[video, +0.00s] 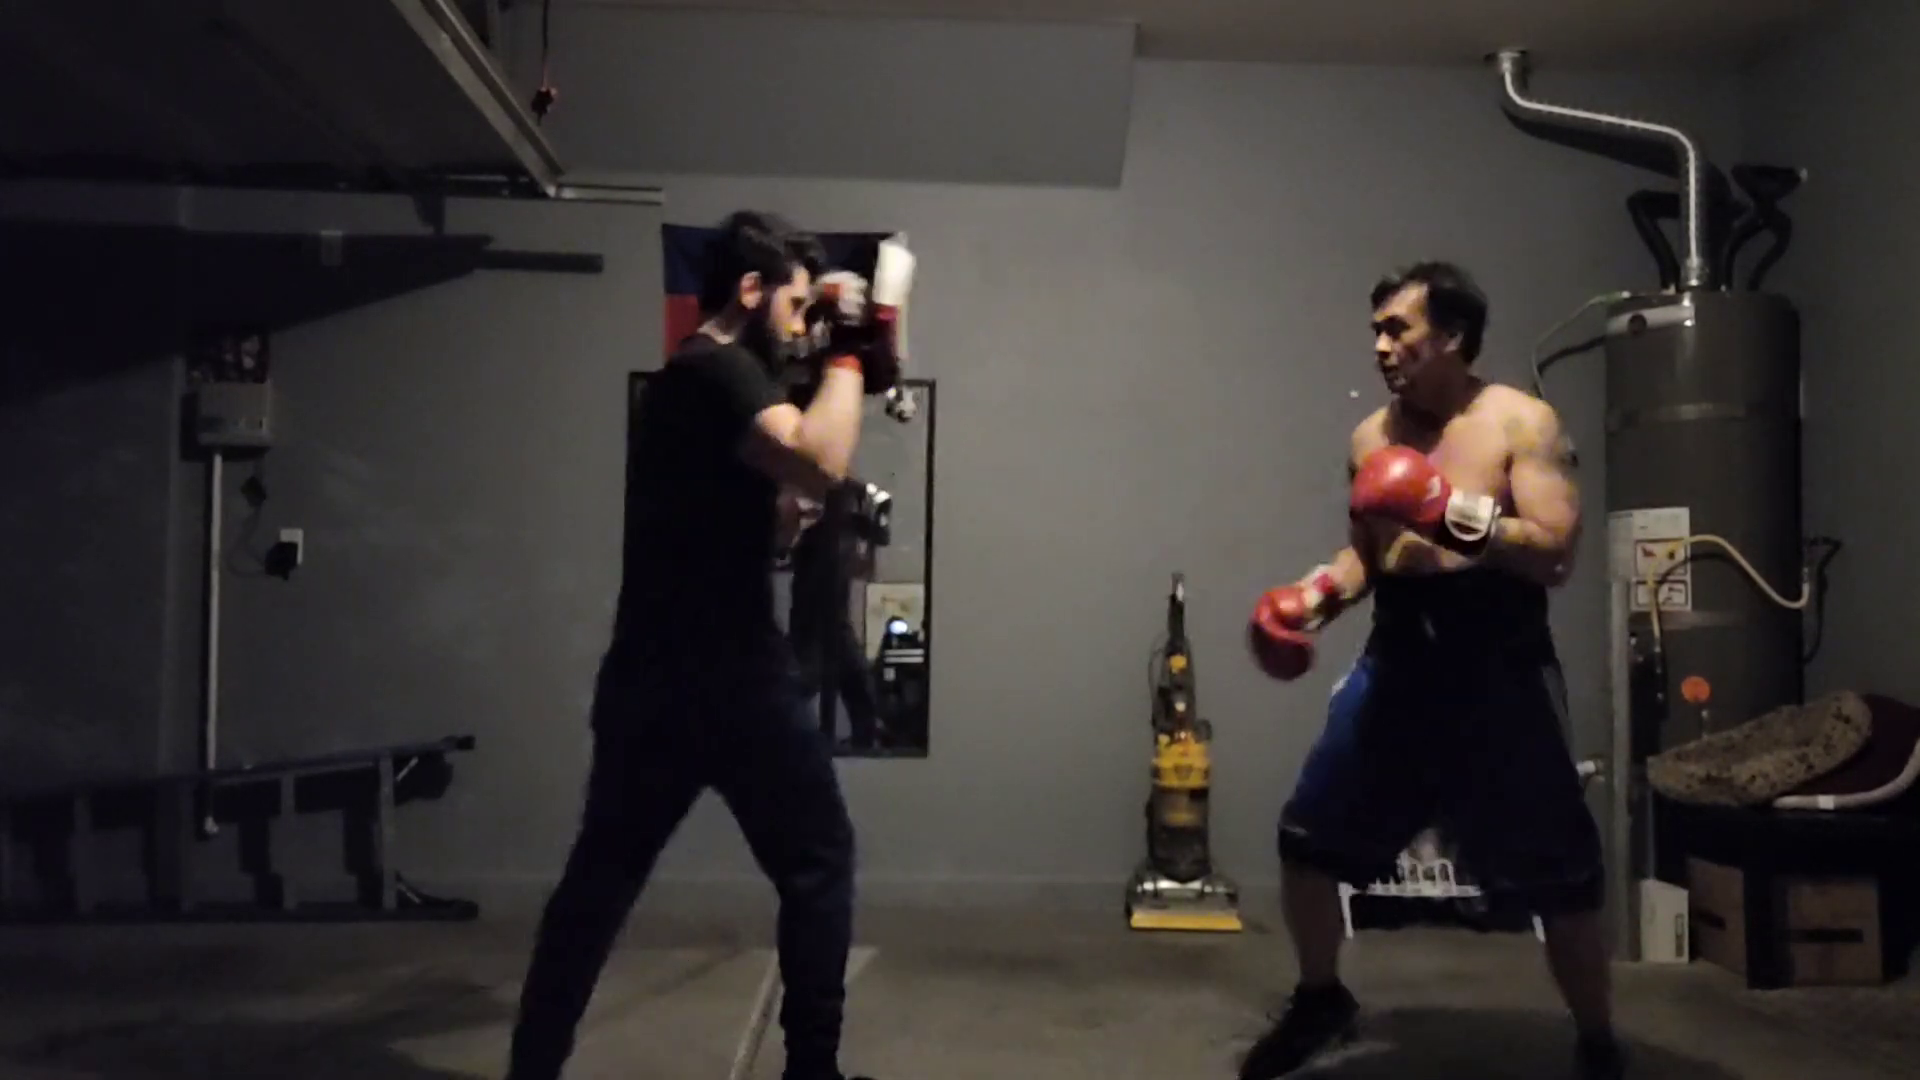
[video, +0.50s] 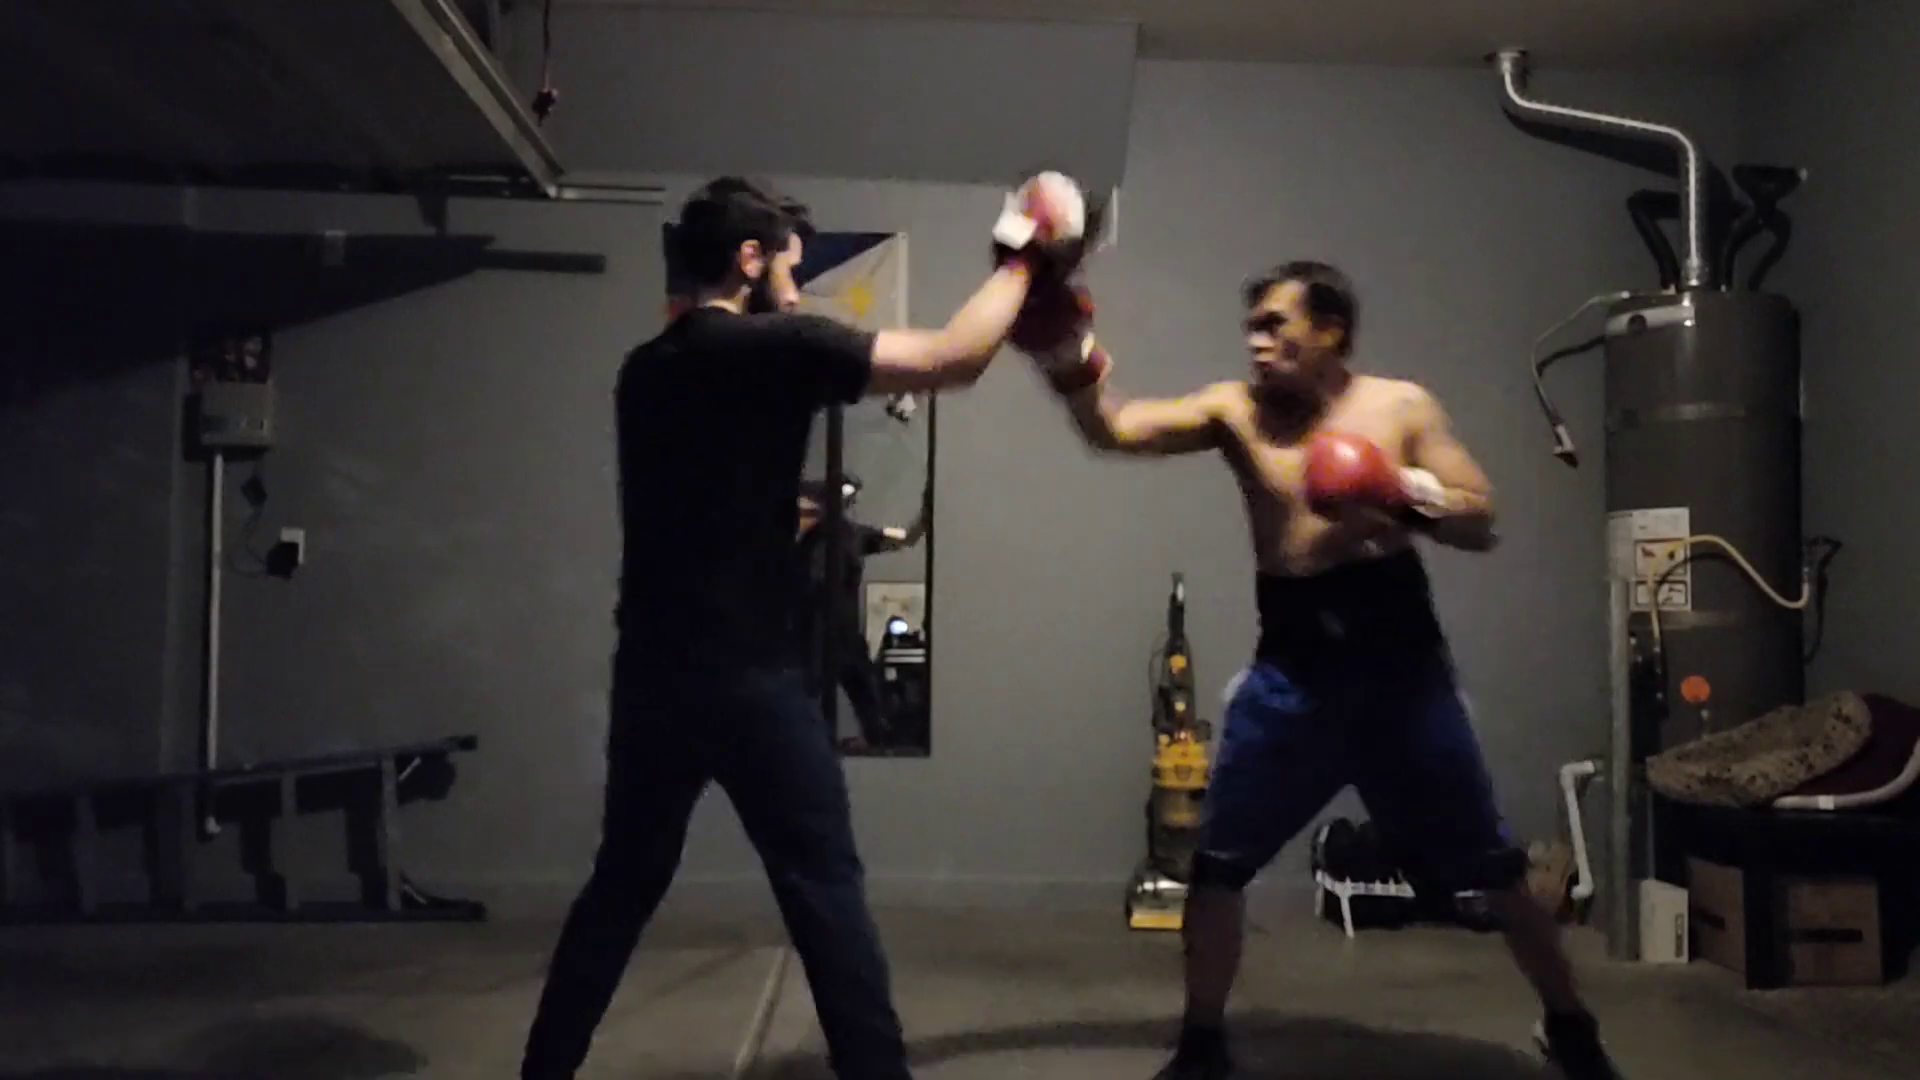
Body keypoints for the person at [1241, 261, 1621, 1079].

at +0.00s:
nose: (1381, 349)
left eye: (1396, 331)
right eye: (1377, 335)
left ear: (1454, 337)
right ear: (1387, 347)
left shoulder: (1523, 419)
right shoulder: (1375, 436)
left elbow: (1553, 550)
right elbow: (1366, 552)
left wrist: (1449, 510)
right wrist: (1310, 600)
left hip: (1502, 683)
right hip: (1397, 681)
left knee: (1564, 872)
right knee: (1307, 837)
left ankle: (1597, 1045)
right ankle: (1320, 998)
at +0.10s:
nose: (1377, 340)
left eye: (1393, 321)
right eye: (1374, 325)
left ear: (1451, 328)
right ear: (1389, 337)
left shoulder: (1523, 406)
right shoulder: (1376, 424)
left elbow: (1559, 542)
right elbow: (1376, 538)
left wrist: (1446, 497)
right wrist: (1333, 564)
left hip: (1501, 672)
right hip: (1395, 669)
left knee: (1561, 870)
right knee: (1312, 837)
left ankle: (1597, 1050)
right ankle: (1285, 1029)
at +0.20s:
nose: (1369, 351)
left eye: (1386, 333)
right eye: (1365, 336)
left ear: (1444, 340)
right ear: (1365, 346)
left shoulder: (1514, 415)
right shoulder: (1364, 436)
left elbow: (1532, 549)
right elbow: (1351, 543)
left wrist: (1426, 491)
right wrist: (1308, 562)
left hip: (1494, 683)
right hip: (1387, 682)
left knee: (1561, 877)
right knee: (1309, 859)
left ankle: (1596, 1056)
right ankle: (1255, 1042)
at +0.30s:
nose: (1345, 353)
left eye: (1361, 336)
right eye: (1340, 339)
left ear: (1418, 343)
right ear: (1345, 349)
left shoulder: (1488, 421)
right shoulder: (1327, 436)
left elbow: (1528, 551)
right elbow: (1298, 532)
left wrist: (1423, 504)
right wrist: (1261, 529)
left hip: (1472, 689)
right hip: (1357, 686)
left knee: (1547, 886)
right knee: (1268, 862)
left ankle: (1596, 1053)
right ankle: (1237, 1045)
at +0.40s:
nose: (1311, 343)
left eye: (1327, 327)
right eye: (1305, 328)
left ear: (1382, 335)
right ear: (1302, 338)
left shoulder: (1451, 416)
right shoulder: (1276, 413)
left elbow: (1519, 540)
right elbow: (1176, 476)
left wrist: (1425, 510)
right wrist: (1161, 423)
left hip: (1429, 684)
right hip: (1314, 681)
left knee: (1515, 879)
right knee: (1236, 866)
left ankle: (1590, 1043)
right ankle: (1220, 1044)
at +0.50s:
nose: (1256, 343)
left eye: (1273, 326)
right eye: (1251, 329)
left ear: (1332, 333)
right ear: (1250, 338)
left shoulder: (1399, 406)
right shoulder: (1234, 408)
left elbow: (1480, 520)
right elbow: (1114, 428)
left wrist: (1399, 490)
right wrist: (1071, 365)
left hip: (1401, 676)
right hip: (1290, 677)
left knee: (1492, 872)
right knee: (1215, 868)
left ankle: (1572, 1029)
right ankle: (1200, 1047)